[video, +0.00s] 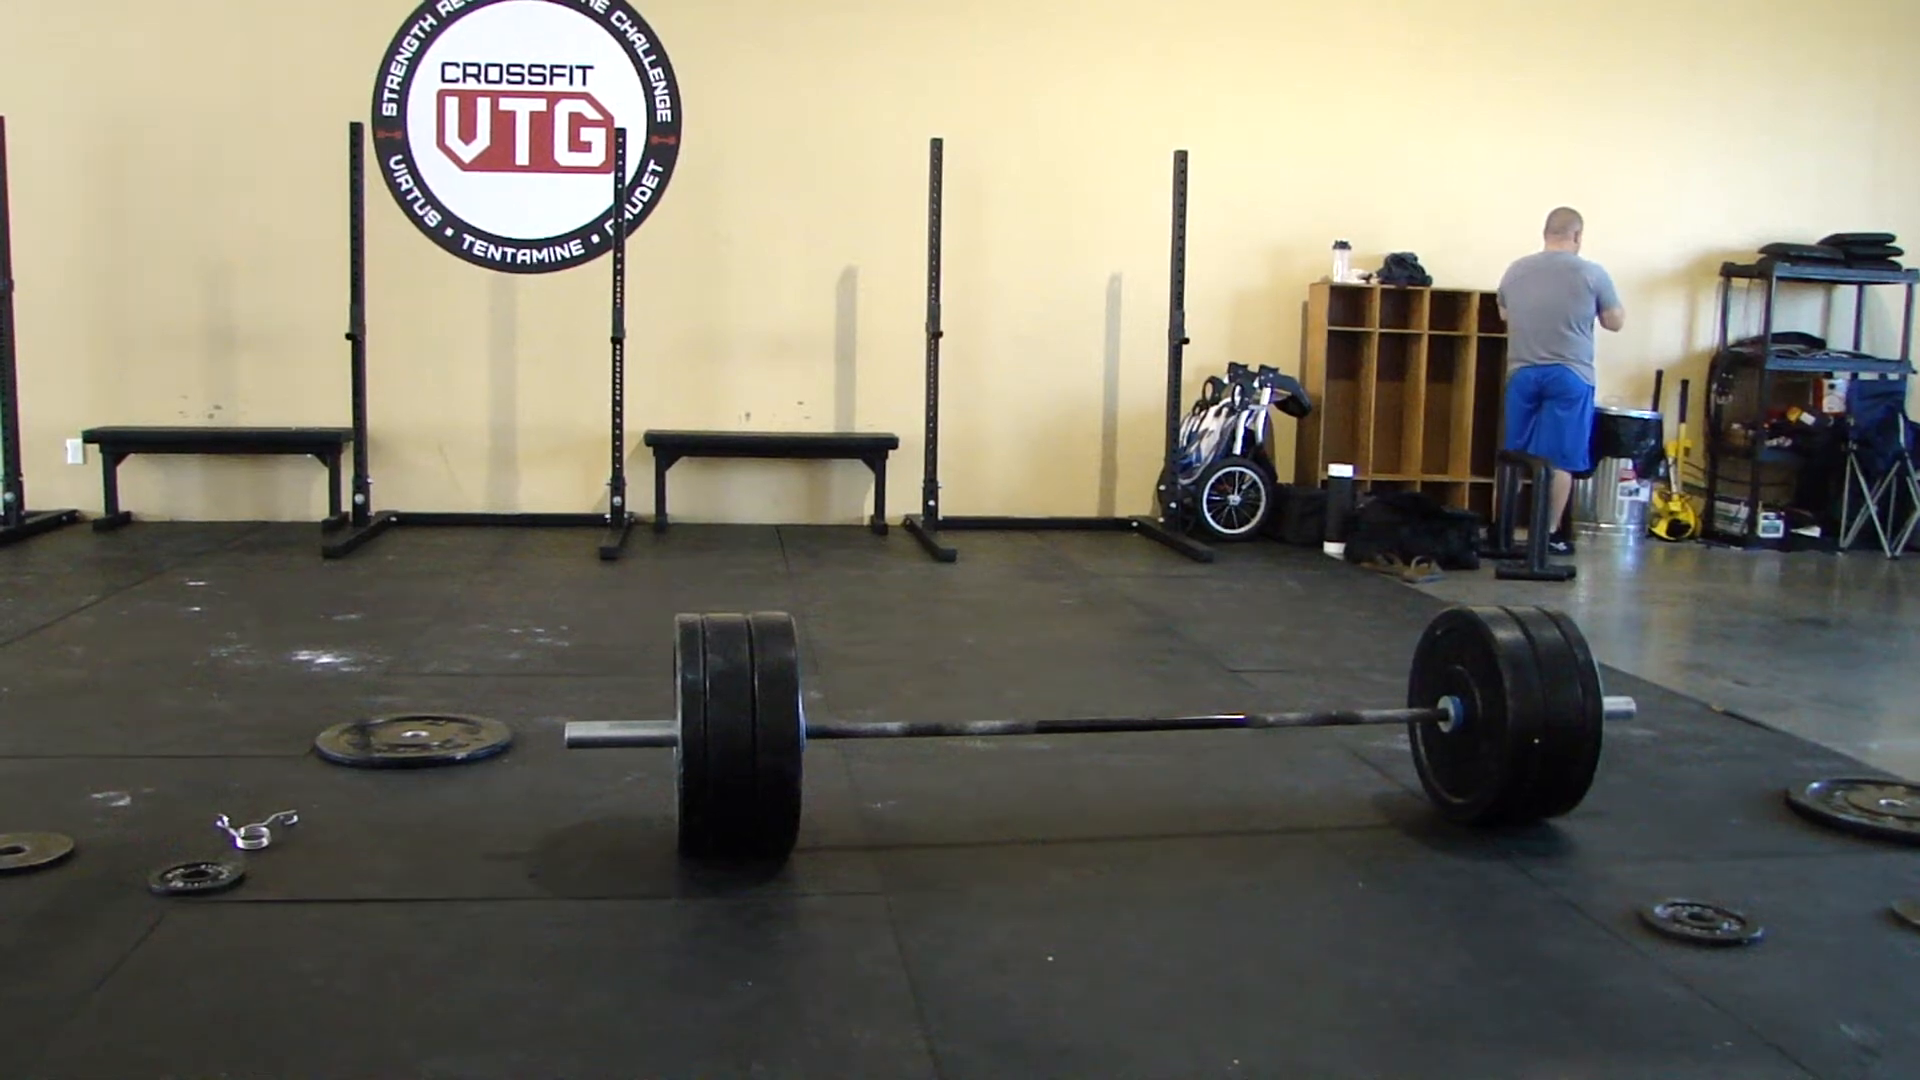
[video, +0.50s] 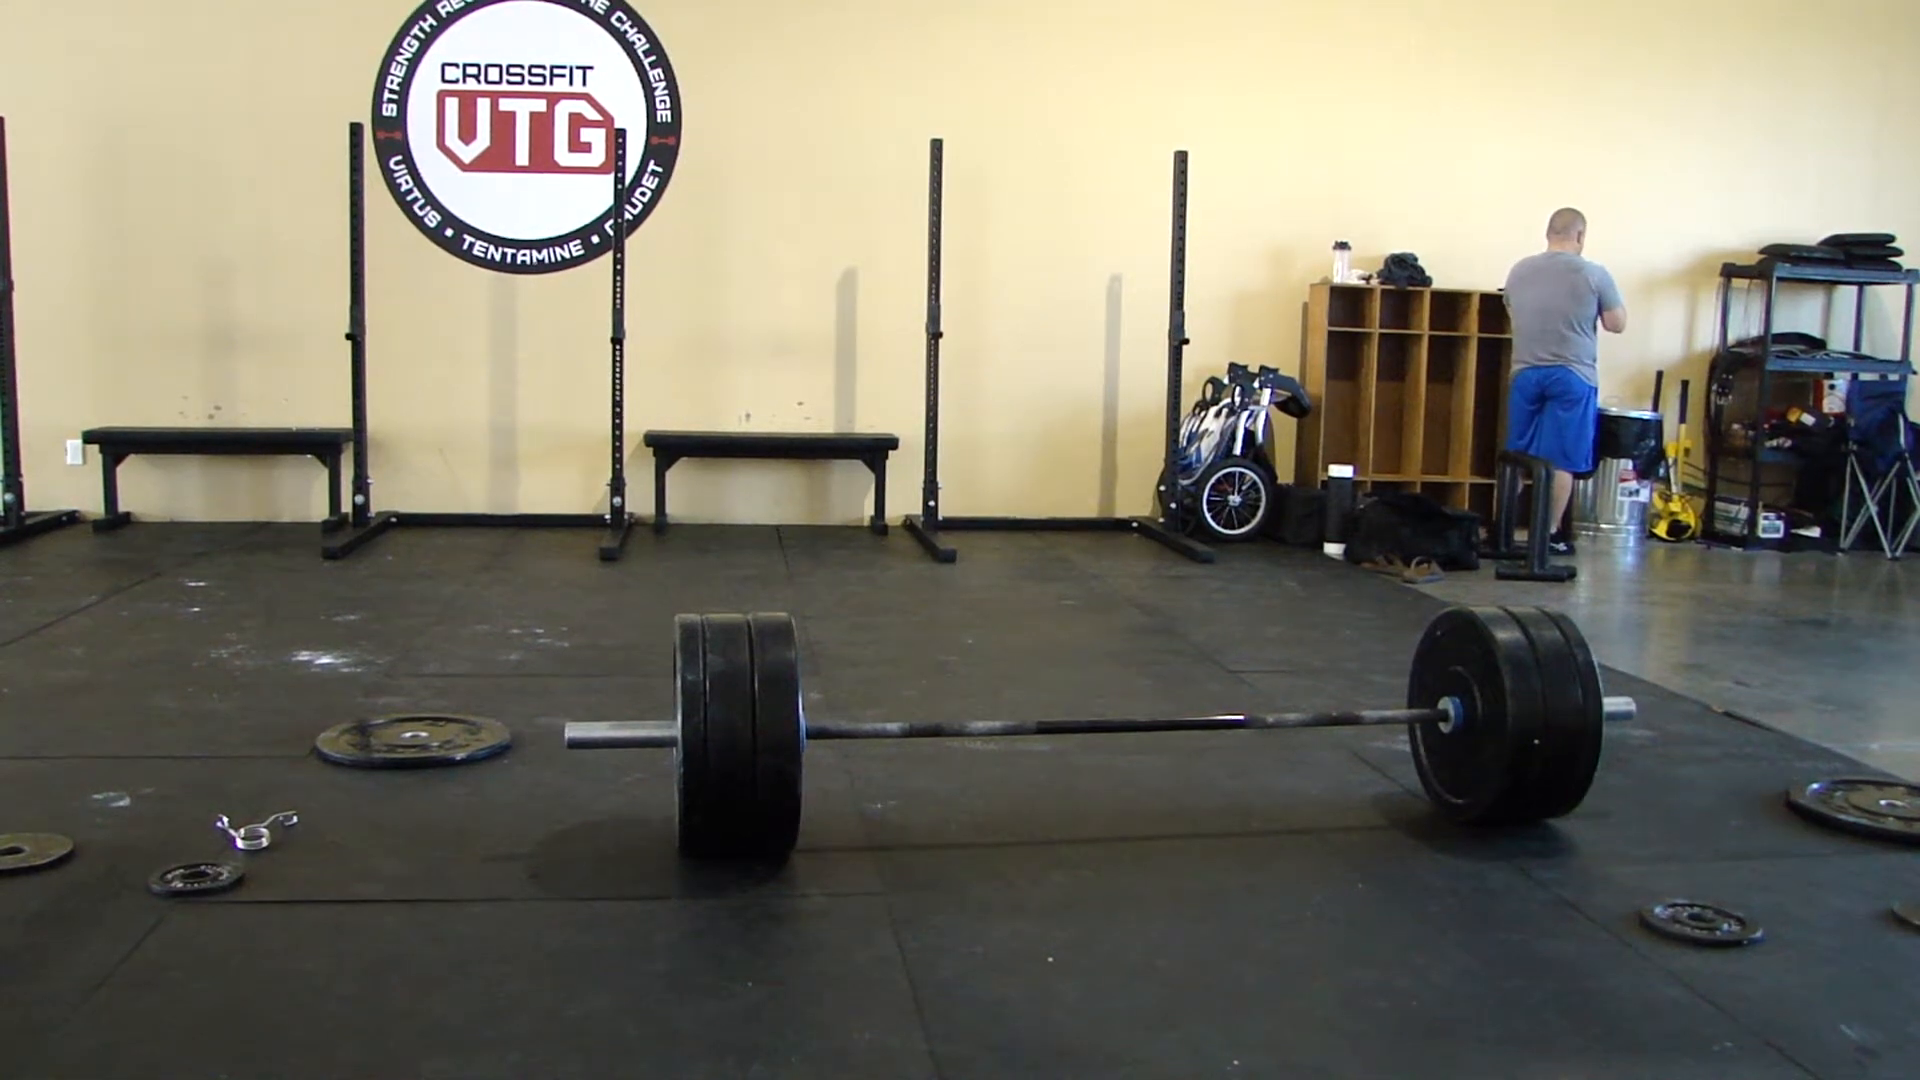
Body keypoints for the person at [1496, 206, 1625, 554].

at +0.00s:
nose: (1579, 242)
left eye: (1578, 237)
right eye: (1580, 237)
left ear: (1545, 234)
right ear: (1576, 235)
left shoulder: (1516, 269)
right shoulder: (1590, 272)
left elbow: (1505, 314)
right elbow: (1614, 321)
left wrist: (1537, 306)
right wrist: (1587, 298)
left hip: (1522, 373)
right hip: (1570, 374)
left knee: (1513, 456)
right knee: (1560, 461)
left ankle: (1502, 532)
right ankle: (1549, 534)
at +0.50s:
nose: (1583, 243)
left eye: (1581, 237)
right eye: (1584, 237)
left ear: (1548, 234)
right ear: (1579, 236)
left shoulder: (1520, 269)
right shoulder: (1593, 273)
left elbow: (1512, 309)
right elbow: (1615, 323)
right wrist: (1590, 299)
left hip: (1525, 374)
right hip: (1572, 375)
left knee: (1515, 456)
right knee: (1562, 462)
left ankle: (1502, 531)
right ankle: (1549, 536)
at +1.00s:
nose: (1587, 245)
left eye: (1586, 239)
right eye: (1587, 239)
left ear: (1551, 236)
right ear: (1580, 237)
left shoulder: (1521, 271)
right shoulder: (1592, 274)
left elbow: (1502, 319)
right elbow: (1615, 329)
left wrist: (1536, 309)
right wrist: (1634, 320)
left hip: (1526, 375)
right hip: (1572, 377)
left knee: (1516, 457)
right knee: (1562, 463)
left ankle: (1503, 533)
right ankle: (1549, 536)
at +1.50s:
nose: (1585, 244)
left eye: (1583, 239)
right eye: (1585, 239)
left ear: (1549, 237)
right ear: (1579, 237)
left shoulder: (1519, 272)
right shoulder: (1593, 275)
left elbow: (1502, 321)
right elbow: (1617, 330)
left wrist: (1535, 312)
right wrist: (1637, 331)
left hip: (1525, 376)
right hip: (1572, 378)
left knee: (1514, 459)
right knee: (1562, 463)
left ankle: (1502, 534)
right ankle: (1549, 537)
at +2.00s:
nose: (1585, 245)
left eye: (1583, 240)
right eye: (1585, 239)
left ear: (1548, 237)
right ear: (1580, 238)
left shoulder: (1518, 272)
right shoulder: (1594, 275)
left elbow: (1502, 320)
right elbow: (1617, 329)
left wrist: (1537, 312)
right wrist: (1629, 333)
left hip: (1524, 376)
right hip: (1572, 378)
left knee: (1513, 458)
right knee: (1562, 464)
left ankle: (1501, 534)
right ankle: (1548, 538)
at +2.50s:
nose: (1584, 247)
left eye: (1583, 242)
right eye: (1586, 241)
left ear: (1549, 238)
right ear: (1581, 239)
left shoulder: (1519, 272)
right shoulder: (1594, 275)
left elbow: (1502, 319)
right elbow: (1616, 330)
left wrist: (1536, 317)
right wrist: (1624, 335)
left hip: (1523, 376)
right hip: (1571, 378)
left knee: (1512, 458)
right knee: (1561, 464)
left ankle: (1500, 534)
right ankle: (1548, 538)